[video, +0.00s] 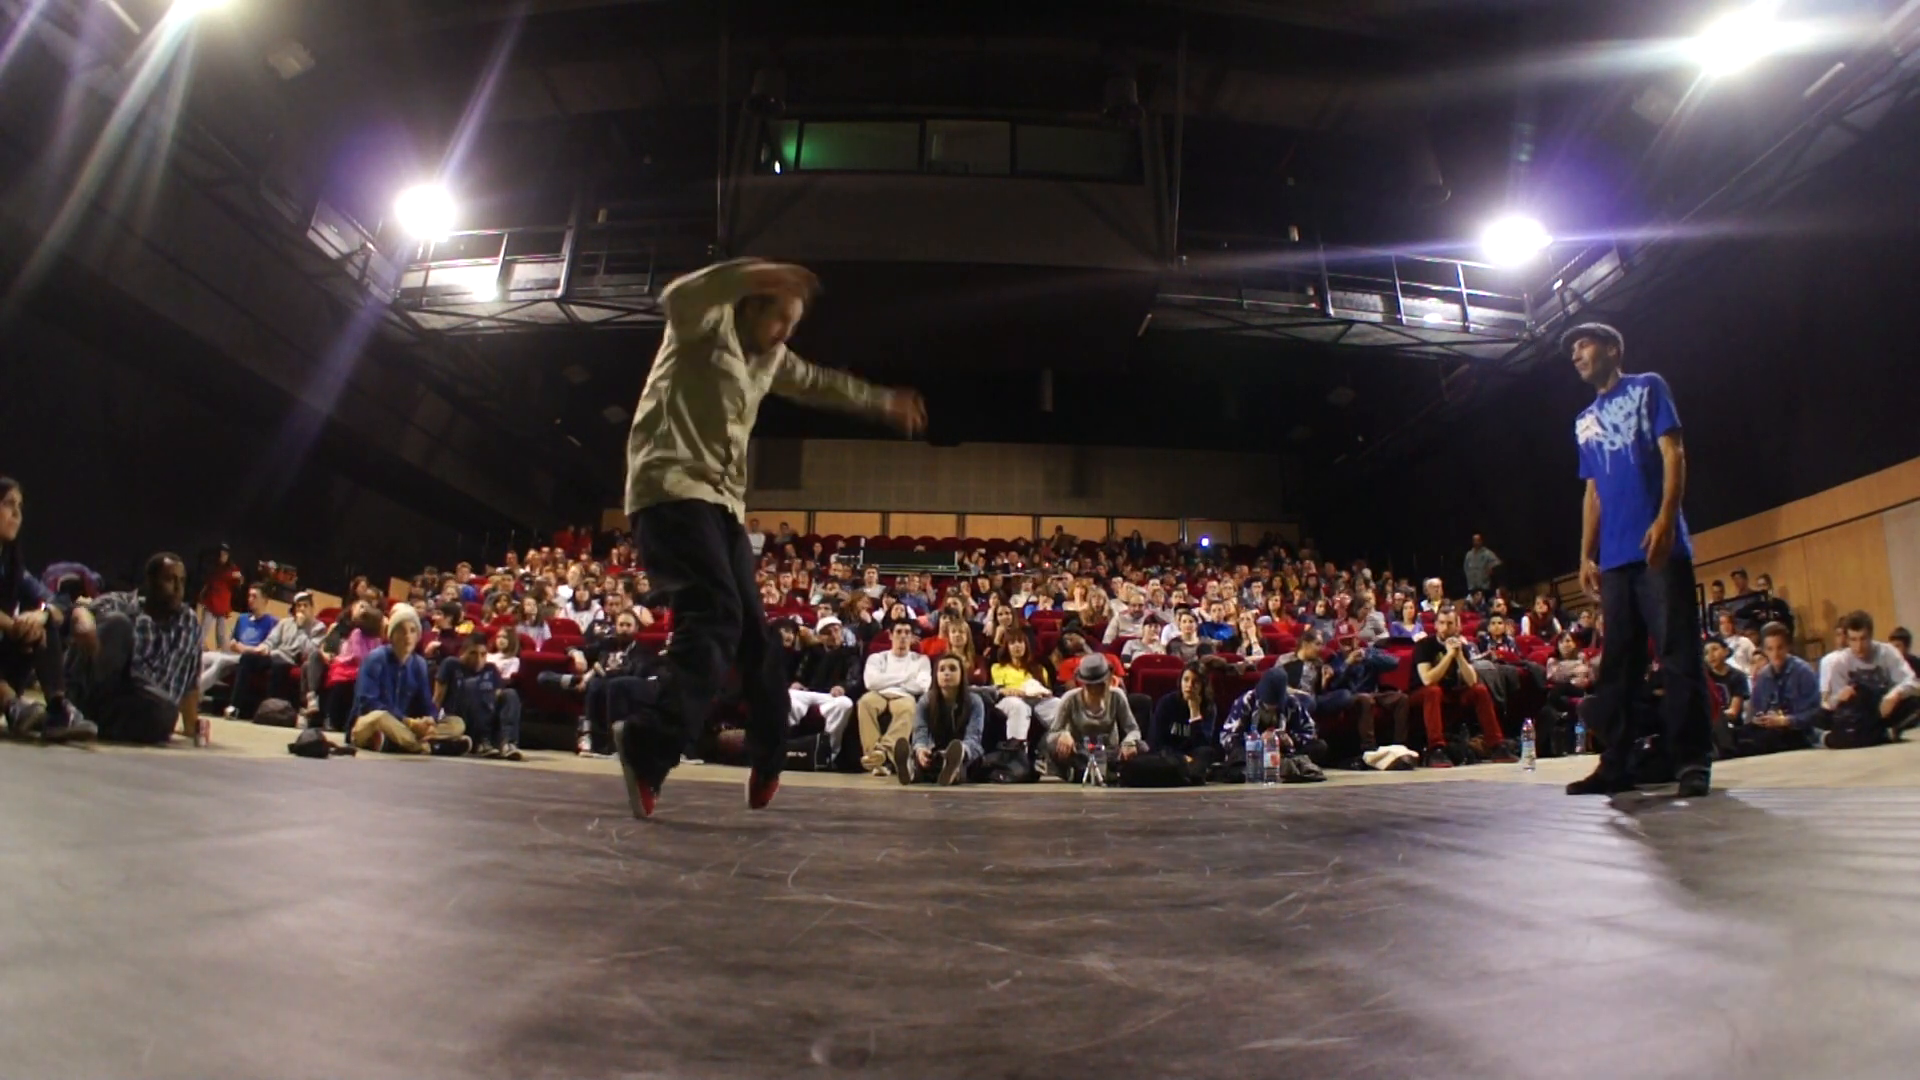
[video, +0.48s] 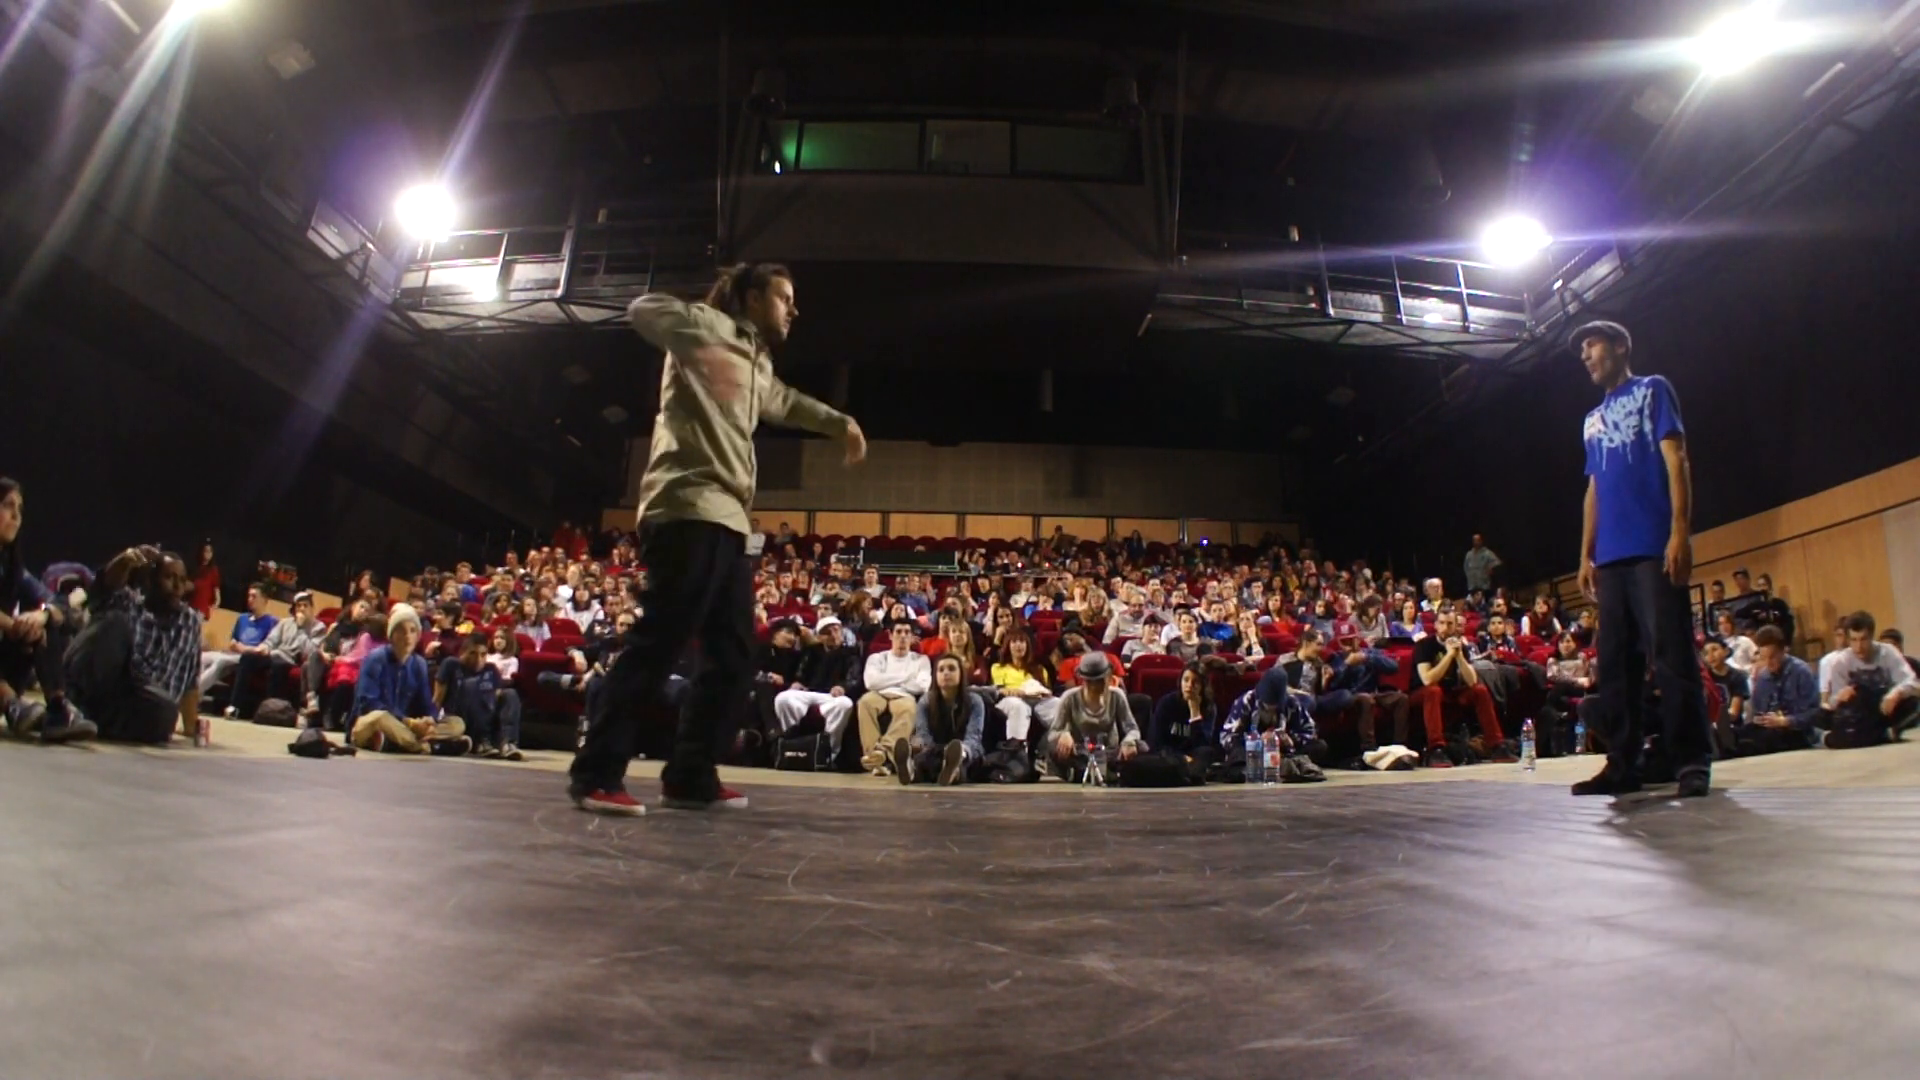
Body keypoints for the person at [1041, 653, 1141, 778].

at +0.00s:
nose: (1094, 690)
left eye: (1099, 685)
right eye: (1089, 685)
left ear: (1108, 680)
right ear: (1082, 683)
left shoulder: (1117, 696)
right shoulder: (1069, 699)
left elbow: (1133, 730)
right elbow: (1051, 736)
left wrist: (1129, 742)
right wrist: (1063, 735)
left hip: (1110, 756)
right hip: (1078, 756)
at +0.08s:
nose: (1094, 689)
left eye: (1099, 684)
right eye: (1088, 684)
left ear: (1107, 680)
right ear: (1082, 682)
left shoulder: (1117, 696)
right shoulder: (1069, 698)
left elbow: (1132, 729)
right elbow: (1051, 736)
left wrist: (1129, 742)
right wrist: (1063, 735)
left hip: (1110, 756)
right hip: (1078, 756)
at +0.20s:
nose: (1094, 688)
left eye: (1099, 683)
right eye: (1089, 684)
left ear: (1108, 679)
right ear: (1082, 681)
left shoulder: (1117, 696)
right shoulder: (1069, 698)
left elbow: (1132, 729)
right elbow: (1051, 736)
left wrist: (1129, 742)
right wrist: (1063, 734)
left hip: (1110, 754)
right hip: (1078, 755)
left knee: (1140, 748)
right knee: (1056, 748)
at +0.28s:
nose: (1094, 688)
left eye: (1099, 683)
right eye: (1089, 683)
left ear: (1107, 679)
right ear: (1083, 681)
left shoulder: (1117, 696)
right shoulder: (1069, 698)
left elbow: (1132, 729)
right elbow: (1052, 736)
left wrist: (1129, 741)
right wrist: (1063, 734)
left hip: (1110, 754)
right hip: (1078, 755)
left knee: (1140, 748)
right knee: (1056, 748)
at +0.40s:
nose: (1095, 687)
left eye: (1099, 681)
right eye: (1089, 682)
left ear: (1107, 678)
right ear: (1083, 681)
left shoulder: (1117, 696)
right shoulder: (1069, 698)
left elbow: (1132, 729)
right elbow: (1052, 736)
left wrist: (1129, 741)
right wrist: (1063, 734)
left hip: (1110, 754)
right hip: (1079, 755)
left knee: (1140, 748)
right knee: (1055, 747)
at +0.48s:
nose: (1094, 687)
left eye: (1099, 681)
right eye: (1089, 682)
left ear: (1108, 678)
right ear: (1083, 679)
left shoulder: (1117, 696)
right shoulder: (1069, 698)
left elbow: (1132, 729)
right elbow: (1052, 735)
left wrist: (1129, 741)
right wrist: (1063, 734)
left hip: (1109, 753)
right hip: (1078, 755)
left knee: (1140, 748)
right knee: (1055, 747)